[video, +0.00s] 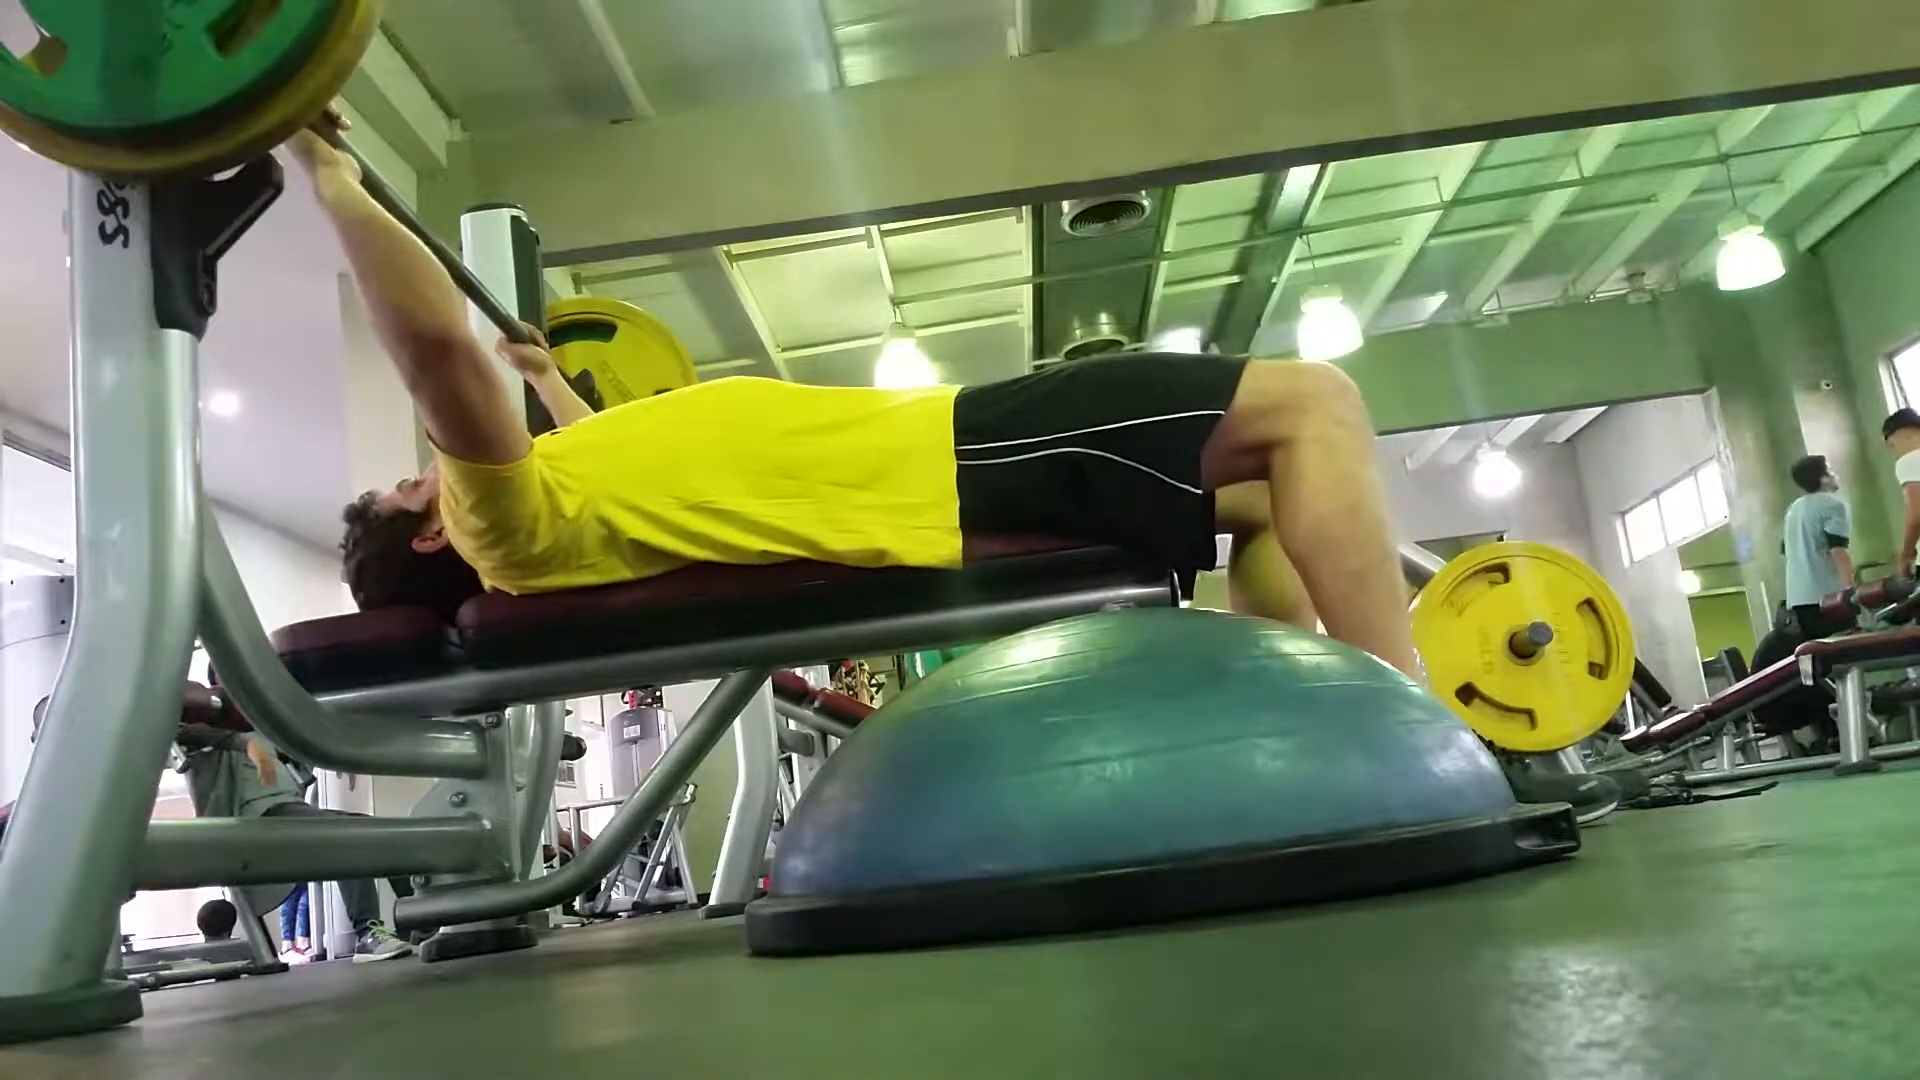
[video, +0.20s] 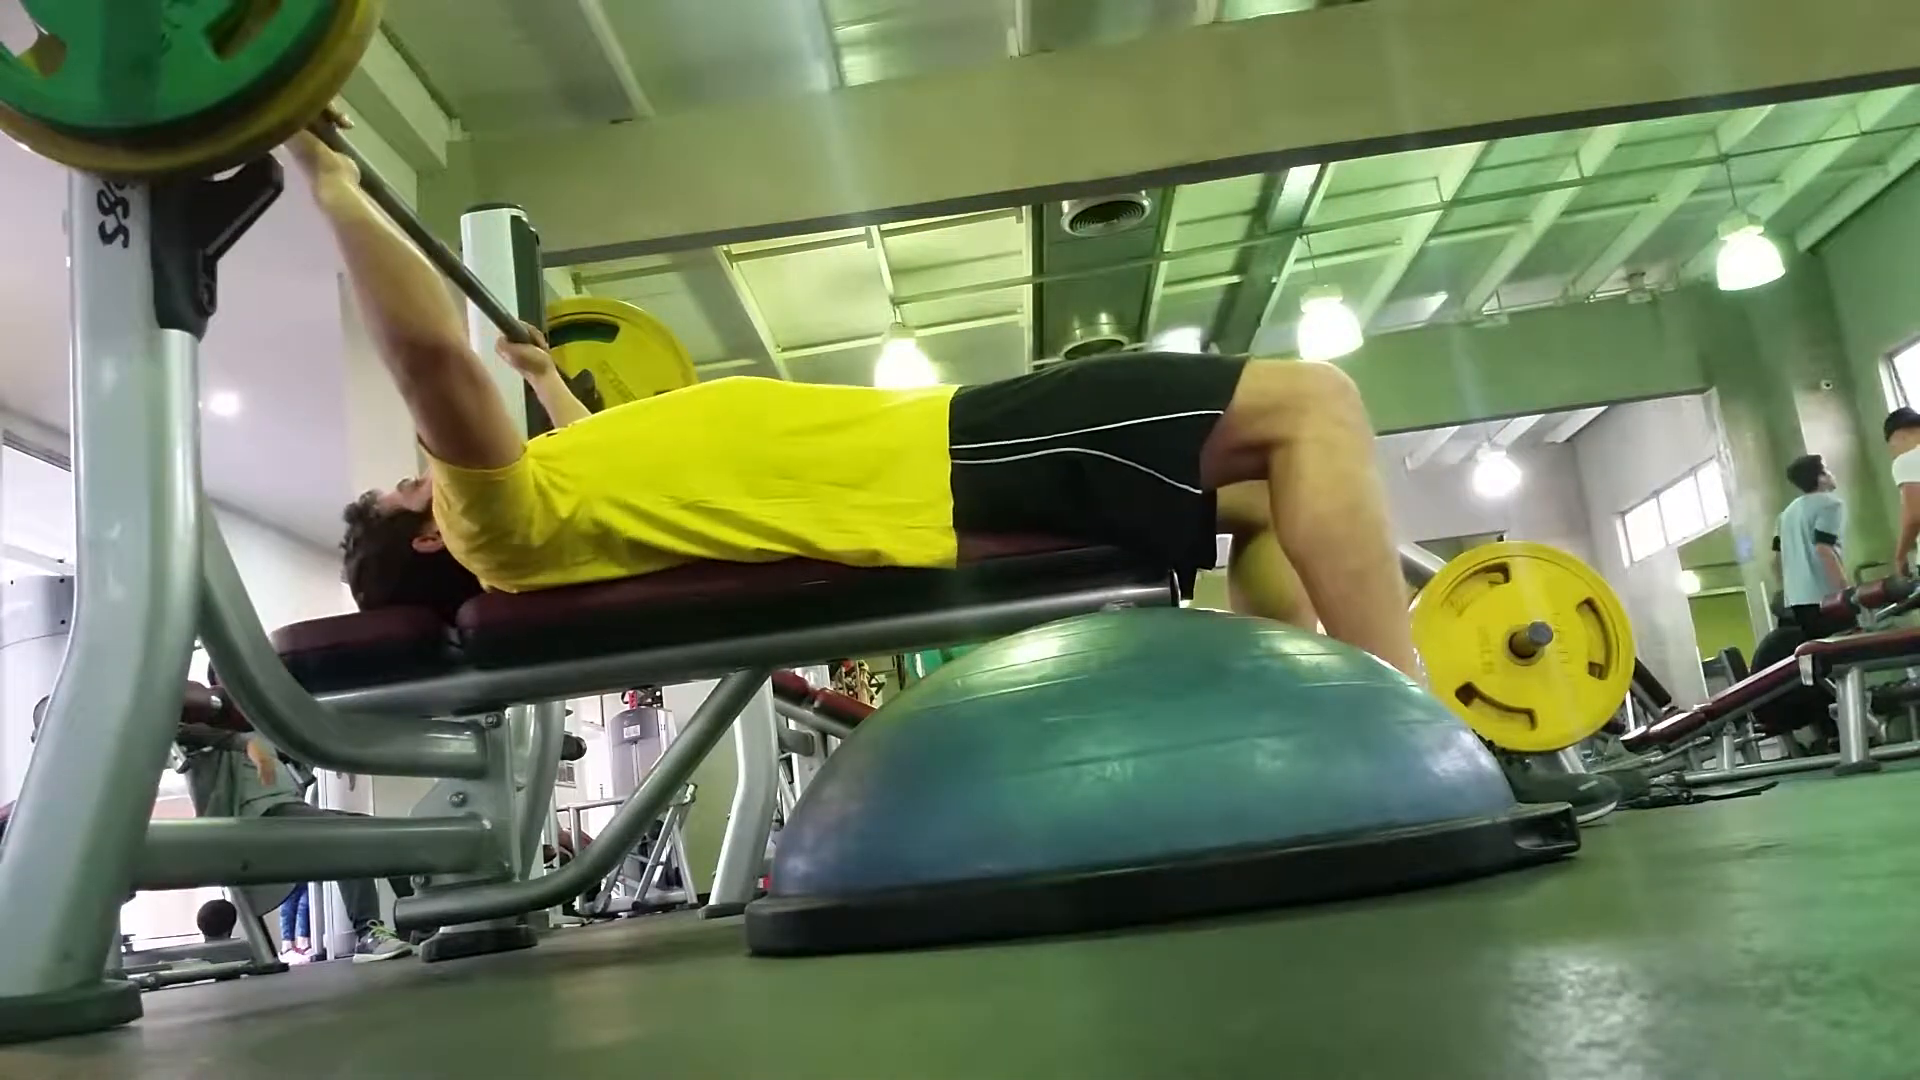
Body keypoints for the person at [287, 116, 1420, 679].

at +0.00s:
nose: (509, 380)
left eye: (406, 475)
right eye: (413, 474)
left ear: (440, 534)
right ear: (428, 519)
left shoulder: (560, 511)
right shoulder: (516, 524)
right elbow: (439, 342)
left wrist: (541, 385)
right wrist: (323, 165)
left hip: (942, 466)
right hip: (936, 460)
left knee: (1253, 507)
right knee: (1309, 403)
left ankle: (1304, 746)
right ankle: (1414, 739)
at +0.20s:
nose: (411, 474)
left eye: (402, 479)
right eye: (407, 481)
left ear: (438, 547)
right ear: (430, 525)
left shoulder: (552, 515)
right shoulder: (513, 527)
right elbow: (431, 352)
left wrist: (548, 395)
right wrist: (324, 171)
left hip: (937, 468)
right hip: (933, 459)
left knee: (1252, 501)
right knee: (1310, 402)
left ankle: (1305, 742)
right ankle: (1414, 736)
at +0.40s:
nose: (412, 472)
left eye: (400, 478)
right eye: (405, 481)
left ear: (430, 561)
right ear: (426, 526)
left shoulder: (545, 524)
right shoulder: (504, 527)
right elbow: (421, 360)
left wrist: (551, 403)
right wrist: (327, 171)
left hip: (931, 469)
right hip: (932, 457)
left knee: (1248, 502)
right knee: (1310, 402)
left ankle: (1309, 731)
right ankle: (1411, 734)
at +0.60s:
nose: (421, 471)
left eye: (408, 477)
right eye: (414, 480)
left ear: (430, 559)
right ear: (428, 528)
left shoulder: (553, 518)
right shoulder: (512, 528)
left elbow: (627, 471)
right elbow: (403, 371)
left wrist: (551, 394)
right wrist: (317, 146)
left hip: (935, 460)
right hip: (932, 461)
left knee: (1256, 481)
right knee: (1307, 402)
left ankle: (1299, 740)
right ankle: (1410, 738)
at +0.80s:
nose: (418, 476)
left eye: (405, 481)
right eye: (408, 485)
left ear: (429, 558)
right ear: (423, 534)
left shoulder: (553, 529)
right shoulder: (512, 533)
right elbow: (397, 373)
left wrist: (545, 394)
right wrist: (316, 140)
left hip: (927, 463)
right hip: (923, 454)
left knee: (1267, 468)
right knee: (1302, 404)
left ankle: (1296, 740)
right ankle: (1408, 736)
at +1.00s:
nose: (420, 471)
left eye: (406, 476)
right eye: (411, 481)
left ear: (430, 549)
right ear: (422, 529)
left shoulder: (551, 532)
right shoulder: (511, 527)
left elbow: (598, 478)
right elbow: (394, 351)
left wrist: (551, 379)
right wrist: (315, 115)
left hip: (929, 457)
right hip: (928, 456)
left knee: (1262, 468)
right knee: (1295, 402)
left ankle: (1293, 731)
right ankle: (1404, 730)